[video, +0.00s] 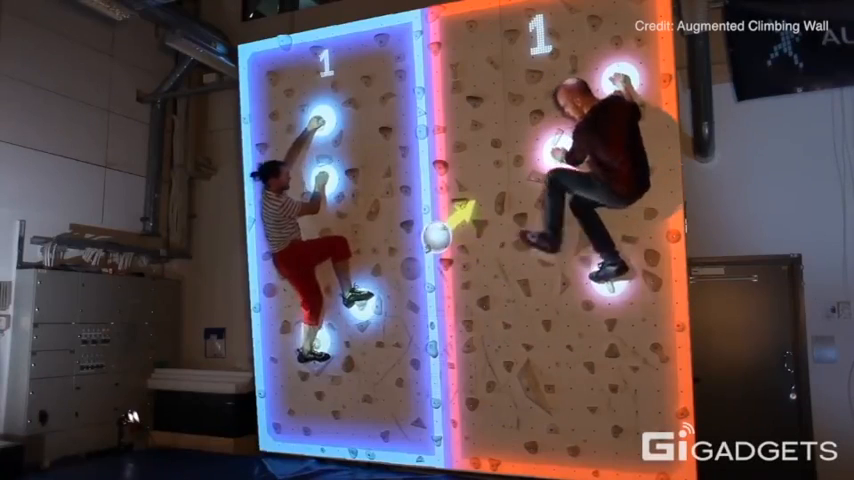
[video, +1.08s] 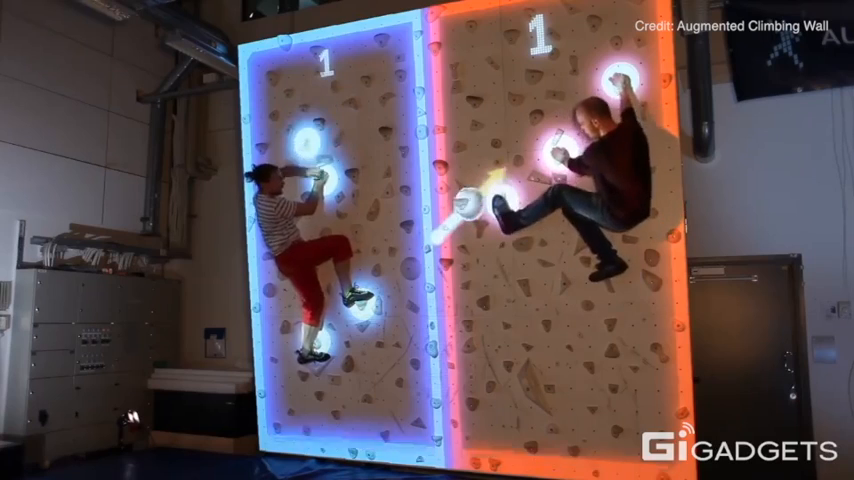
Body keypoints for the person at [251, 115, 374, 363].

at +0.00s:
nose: (288, 178)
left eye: (287, 174)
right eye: (284, 176)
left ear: (272, 180)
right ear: (273, 180)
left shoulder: (269, 194)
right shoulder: (280, 203)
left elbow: (291, 158)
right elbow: (314, 208)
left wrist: (309, 131)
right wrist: (321, 187)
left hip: (284, 258)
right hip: (294, 254)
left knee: (313, 300)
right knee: (337, 244)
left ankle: (307, 350)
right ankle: (348, 292)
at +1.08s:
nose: (281, 181)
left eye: (280, 177)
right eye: (277, 178)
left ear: (264, 184)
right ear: (266, 184)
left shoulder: (261, 198)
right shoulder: (275, 204)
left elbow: (284, 172)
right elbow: (309, 208)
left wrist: (309, 172)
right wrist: (318, 184)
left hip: (285, 259)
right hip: (294, 253)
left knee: (314, 300)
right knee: (339, 243)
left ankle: (306, 350)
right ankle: (348, 293)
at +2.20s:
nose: (304, 158)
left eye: (302, 155)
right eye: (300, 157)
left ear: (289, 165)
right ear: (293, 165)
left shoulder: (287, 175)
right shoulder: (295, 186)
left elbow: (312, 143)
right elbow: (318, 209)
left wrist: (330, 111)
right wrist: (320, 185)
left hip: (288, 241)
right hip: (300, 238)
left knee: (301, 294)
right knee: (345, 242)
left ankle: (305, 347)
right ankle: (348, 291)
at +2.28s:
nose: (303, 158)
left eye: (300, 156)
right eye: (299, 157)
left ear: (288, 166)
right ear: (292, 165)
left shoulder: (288, 175)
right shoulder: (293, 188)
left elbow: (312, 142)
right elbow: (318, 209)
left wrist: (330, 111)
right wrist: (321, 187)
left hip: (288, 242)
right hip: (300, 238)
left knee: (301, 293)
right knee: (344, 242)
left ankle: (305, 346)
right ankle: (348, 291)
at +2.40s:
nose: (301, 160)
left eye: (299, 157)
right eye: (297, 159)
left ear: (290, 166)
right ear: (290, 168)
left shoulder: (289, 174)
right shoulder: (291, 189)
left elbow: (312, 143)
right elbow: (317, 209)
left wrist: (331, 111)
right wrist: (320, 187)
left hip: (288, 242)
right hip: (298, 240)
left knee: (300, 293)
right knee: (343, 242)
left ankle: (305, 347)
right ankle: (348, 291)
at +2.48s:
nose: (300, 160)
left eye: (297, 158)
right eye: (296, 159)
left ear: (285, 169)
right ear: (288, 169)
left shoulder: (285, 177)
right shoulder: (292, 189)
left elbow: (310, 144)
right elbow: (316, 209)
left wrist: (329, 112)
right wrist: (319, 185)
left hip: (287, 243)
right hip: (297, 240)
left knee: (300, 294)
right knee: (343, 242)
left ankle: (305, 347)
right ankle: (348, 292)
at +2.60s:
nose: (296, 167)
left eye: (295, 164)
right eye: (292, 166)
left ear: (284, 168)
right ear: (283, 172)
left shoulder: (281, 180)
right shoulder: (288, 192)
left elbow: (303, 147)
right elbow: (317, 209)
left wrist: (320, 119)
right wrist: (320, 186)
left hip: (287, 245)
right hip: (296, 243)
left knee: (299, 296)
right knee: (342, 243)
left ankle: (305, 349)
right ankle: (349, 292)